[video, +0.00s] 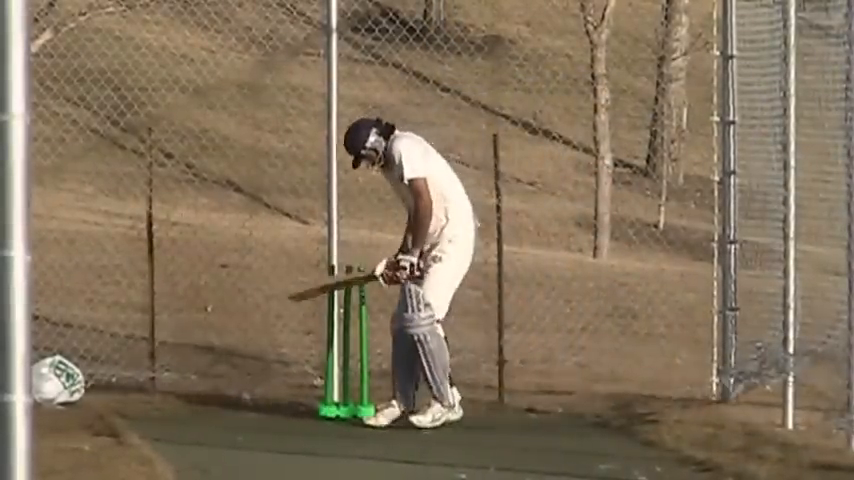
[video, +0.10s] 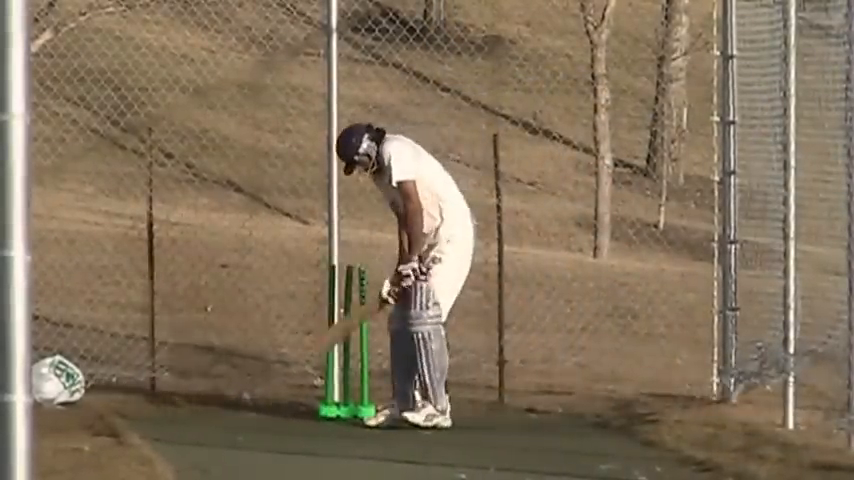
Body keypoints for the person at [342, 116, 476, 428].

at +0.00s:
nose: (368, 163)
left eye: (367, 156)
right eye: (363, 159)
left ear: (376, 143)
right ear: (373, 146)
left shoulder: (404, 149)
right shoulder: (393, 157)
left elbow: (424, 203)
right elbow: (415, 210)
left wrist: (413, 253)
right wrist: (401, 255)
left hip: (451, 239)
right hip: (431, 242)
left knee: (419, 317)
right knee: (403, 321)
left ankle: (446, 401)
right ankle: (403, 402)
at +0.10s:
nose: (360, 168)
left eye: (359, 161)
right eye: (356, 164)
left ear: (368, 148)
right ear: (364, 153)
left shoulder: (395, 152)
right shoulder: (382, 165)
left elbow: (413, 206)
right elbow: (403, 217)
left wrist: (412, 256)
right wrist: (401, 267)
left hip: (449, 237)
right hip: (426, 241)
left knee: (424, 317)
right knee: (401, 318)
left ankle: (435, 406)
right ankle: (404, 403)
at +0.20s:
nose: (353, 178)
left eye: (351, 171)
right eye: (348, 174)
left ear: (361, 158)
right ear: (359, 161)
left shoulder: (391, 157)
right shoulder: (377, 176)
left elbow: (404, 217)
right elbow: (394, 231)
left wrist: (409, 271)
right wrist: (400, 283)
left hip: (448, 240)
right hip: (423, 244)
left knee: (427, 321)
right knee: (405, 321)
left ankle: (434, 408)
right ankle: (405, 403)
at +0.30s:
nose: (351, 182)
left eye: (349, 175)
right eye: (346, 178)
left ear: (359, 162)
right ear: (353, 168)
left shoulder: (387, 165)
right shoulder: (372, 187)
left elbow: (399, 225)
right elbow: (388, 238)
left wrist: (410, 276)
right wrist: (401, 283)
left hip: (449, 242)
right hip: (422, 247)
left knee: (427, 320)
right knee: (401, 322)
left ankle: (434, 409)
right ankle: (405, 404)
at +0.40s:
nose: (349, 180)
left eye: (349, 172)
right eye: (345, 175)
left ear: (360, 160)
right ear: (354, 164)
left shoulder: (388, 166)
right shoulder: (371, 186)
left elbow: (399, 225)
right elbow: (386, 237)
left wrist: (408, 276)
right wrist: (399, 282)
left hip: (448, 243)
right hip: (420, 248)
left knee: (426, 320)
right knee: (395, 323)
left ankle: (434, 410)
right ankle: (404, 404)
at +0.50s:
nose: (352, 164)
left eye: (354, 156)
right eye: (347, 160)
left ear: (368, 146)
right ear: (347, 158)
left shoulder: (393, 163)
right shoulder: (369, 182)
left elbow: (401, 224)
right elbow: (385, 236)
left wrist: (407, 278)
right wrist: (399, 287)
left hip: (447, 243)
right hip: (418, 246)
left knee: (425, 321)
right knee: (399, 322)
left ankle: (434, 409)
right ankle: (403, 402)